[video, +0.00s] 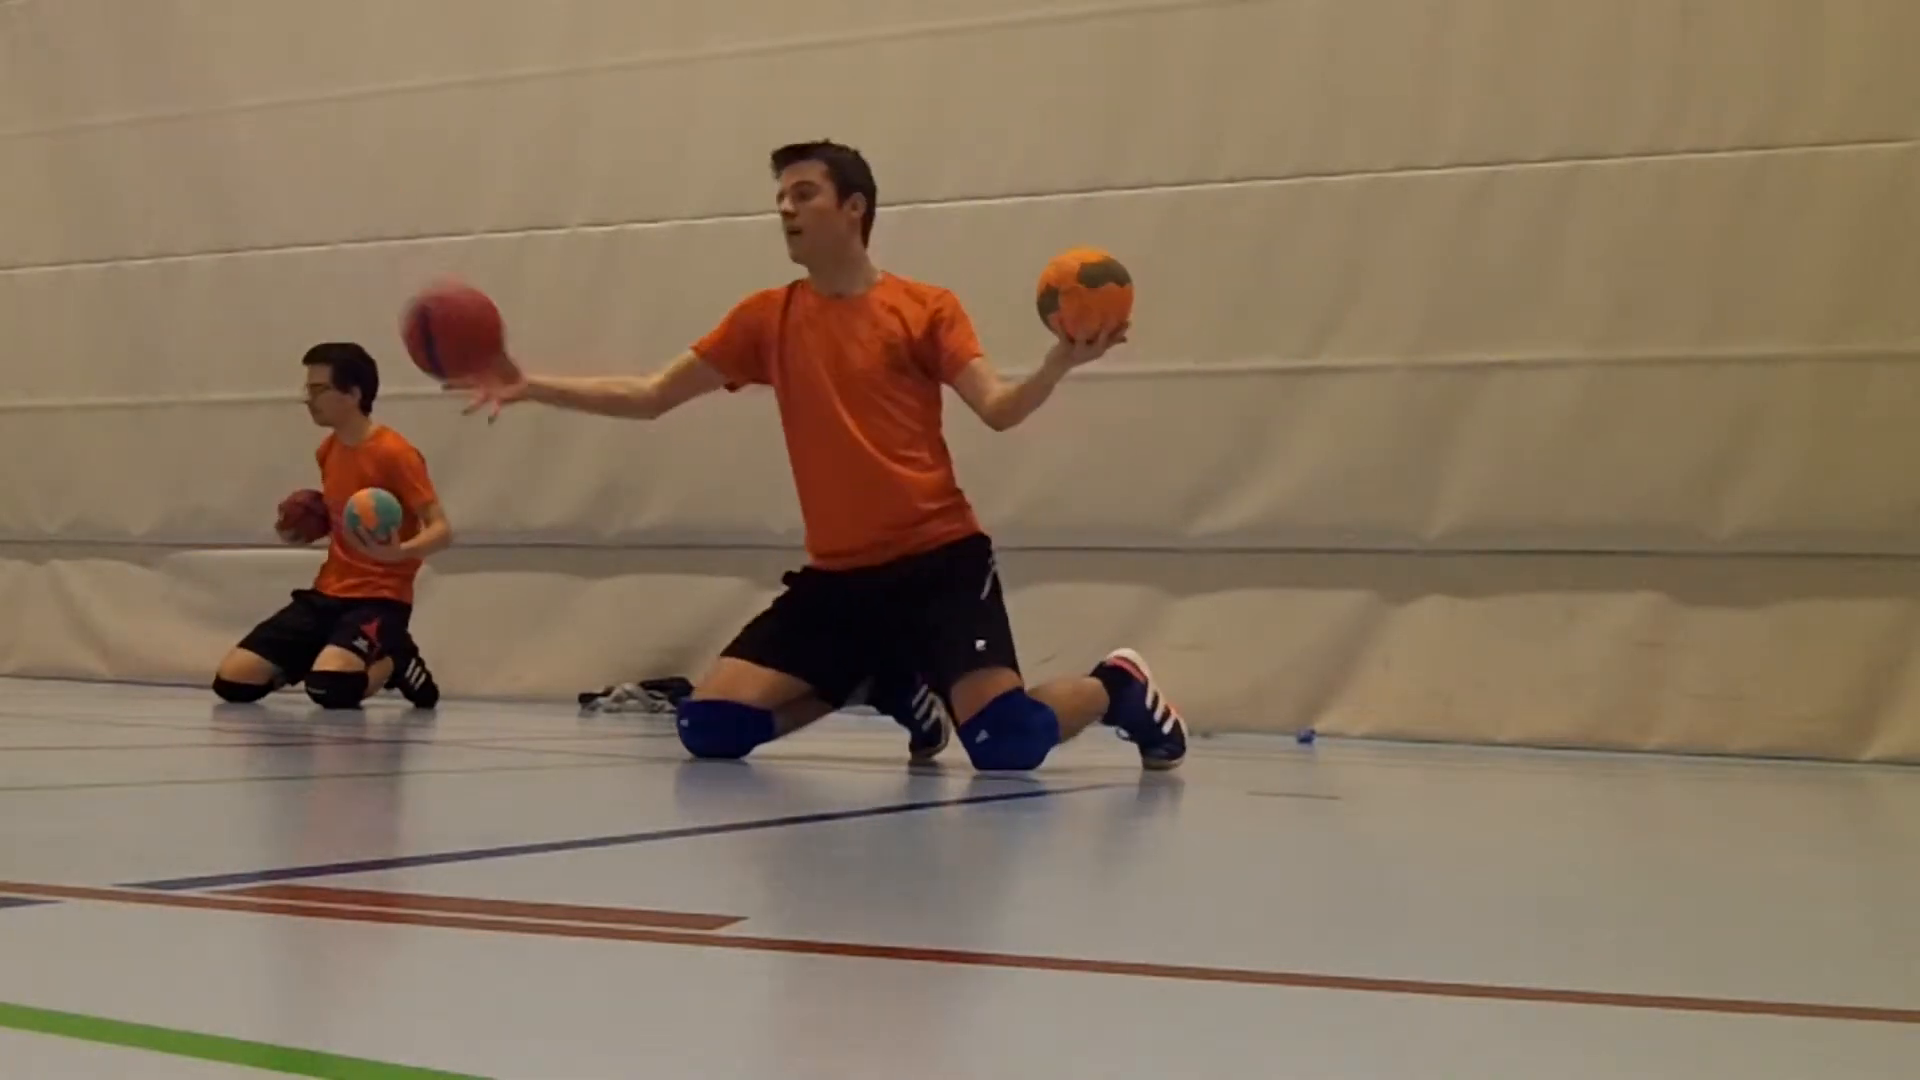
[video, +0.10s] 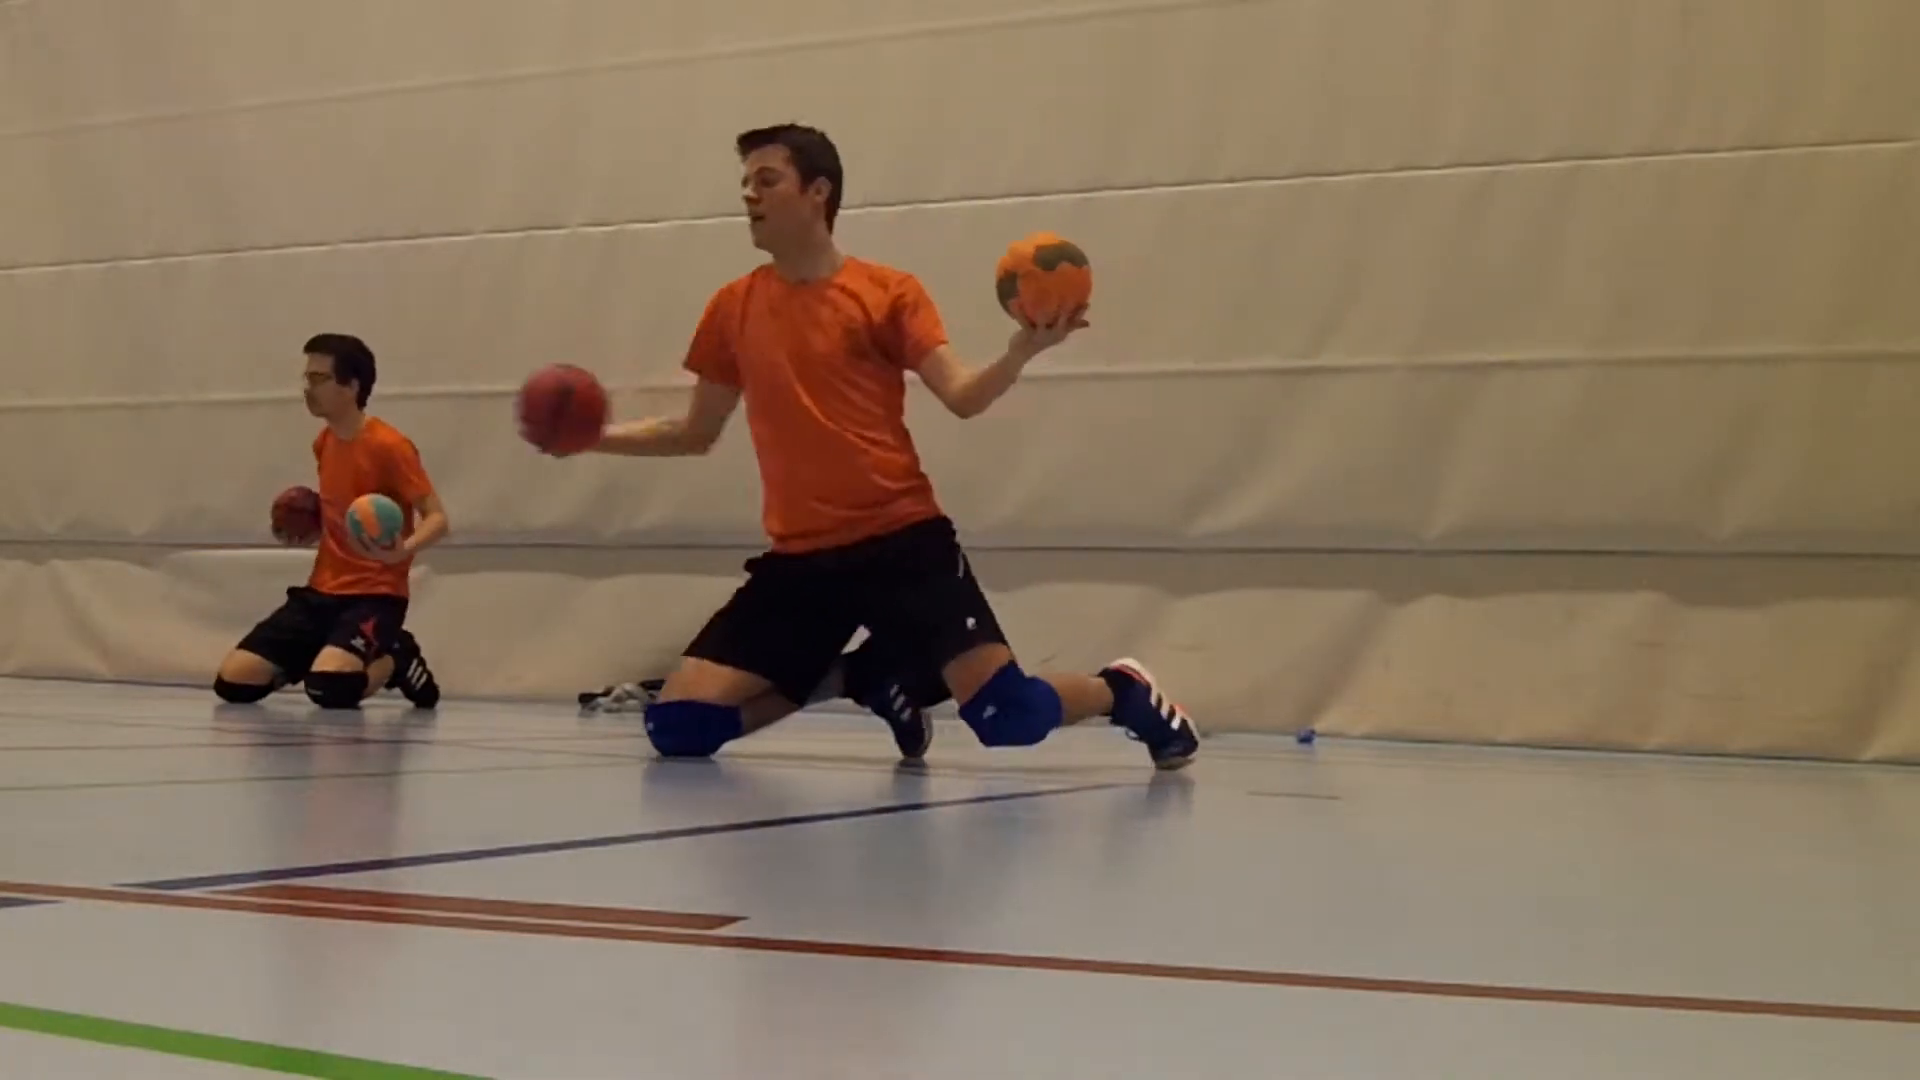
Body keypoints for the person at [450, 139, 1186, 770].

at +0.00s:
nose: (785, 209)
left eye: (804, 194)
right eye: (780, 199)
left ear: (857, 208)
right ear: (784, 219)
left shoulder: (923, 308)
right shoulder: (767, 319)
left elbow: (1002, 411)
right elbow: (650, 394)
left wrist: (1065, 357)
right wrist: (527, 383)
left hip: (940, 566)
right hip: (836, 579)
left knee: (1002, 742)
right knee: (713, 729)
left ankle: (1116, 684)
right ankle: (883, 681)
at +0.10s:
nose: (748, 198)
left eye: (765, 181)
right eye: (745, 185)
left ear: (820, 193)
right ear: (751, 200)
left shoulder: (887, 294)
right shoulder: (736, 309)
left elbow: (965, 396)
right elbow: (694, 431)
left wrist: (1026, 343)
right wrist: (589, 434)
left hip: (906, 544)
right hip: (798, 560)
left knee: (1008, 720)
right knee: (679, 728)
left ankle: (1123, 694)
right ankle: (865, 678)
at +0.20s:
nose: (719, 192)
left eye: (737, 177)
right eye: (716, 180)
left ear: (789, 189)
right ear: (721, 195)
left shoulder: (856, 286)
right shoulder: (721, 300)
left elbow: (933, 394)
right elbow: (748, 406)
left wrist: (987, 333)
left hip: (875, 535)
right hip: (771, 555)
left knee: (989, 690)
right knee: (657, 727)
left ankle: (1104, 697)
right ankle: (844, 673)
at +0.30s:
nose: (721, 197)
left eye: (738, 181)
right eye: (715, 186)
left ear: (787, 192)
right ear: (714, 202)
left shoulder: (851, 292)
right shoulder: (712, 298)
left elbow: (909, 399)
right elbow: (707, 392)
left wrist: (947, 320)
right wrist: (674, 413)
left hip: (868, 535)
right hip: (769, 560)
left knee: (961, 691)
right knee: (651, 727)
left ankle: (1080, 690)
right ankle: (839, 675)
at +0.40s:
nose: (738, 198)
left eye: (754, 181)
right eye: (730, 187)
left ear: (803, 192)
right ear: (728, 203)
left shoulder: (858, 296)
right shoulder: (722, 294)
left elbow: (881, 412)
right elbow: (721, 397)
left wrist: (907, 309)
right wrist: (686, 400)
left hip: (869, 540)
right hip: (771, 562)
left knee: (936, 705)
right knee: (651, 727)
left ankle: (1078, 686)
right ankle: (834, 674)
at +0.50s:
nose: (770, 201)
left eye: (788, 184)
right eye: (761, 189)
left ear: (836, 195)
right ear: (755, 203)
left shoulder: (882, 308)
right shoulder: (747, 293)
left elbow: (860, 426)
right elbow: (754, 418)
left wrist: (865, 320)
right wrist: (700, 395)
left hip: (874, 552)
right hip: (776, 565)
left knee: (942, 730)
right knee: (654, 726)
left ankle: (1093, 692)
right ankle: (838, 677)